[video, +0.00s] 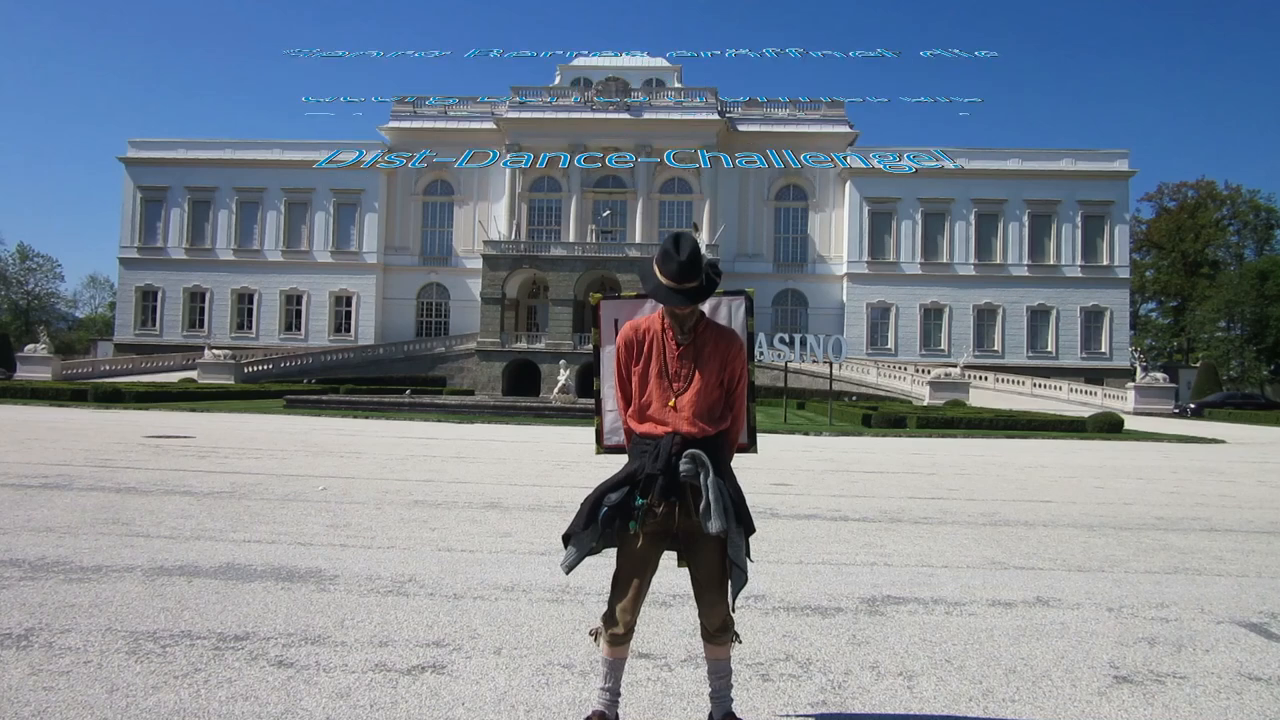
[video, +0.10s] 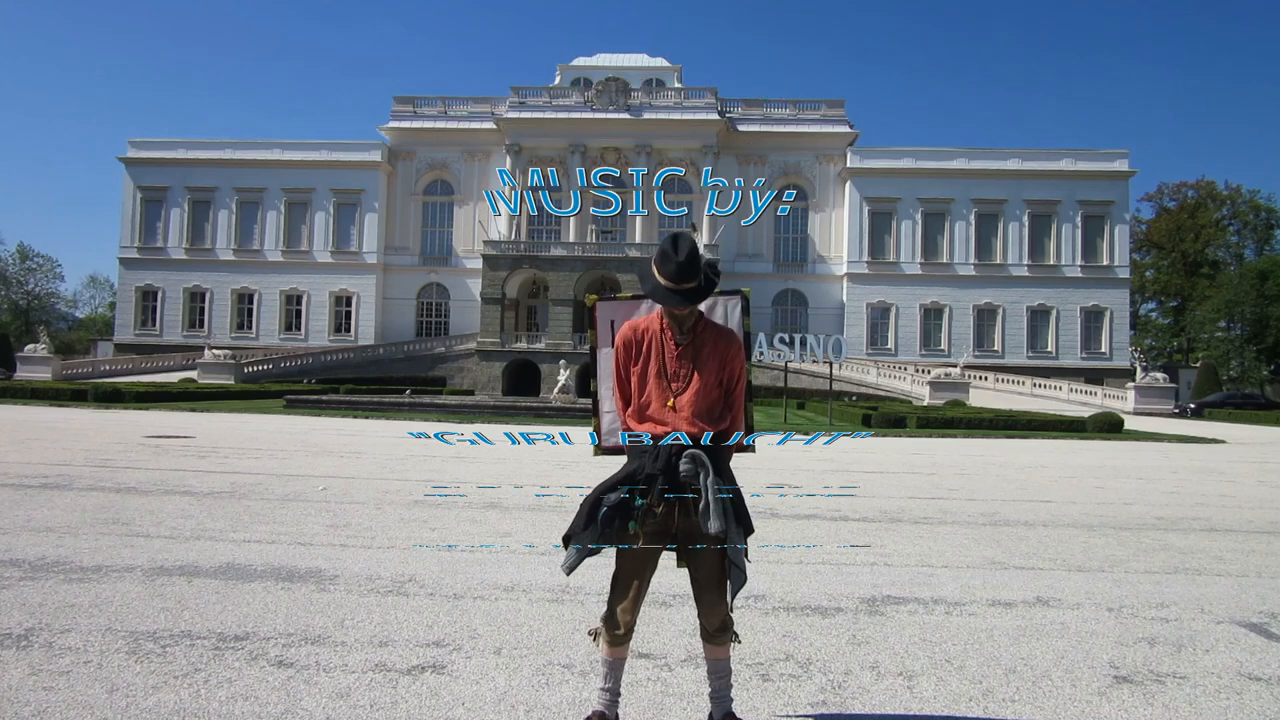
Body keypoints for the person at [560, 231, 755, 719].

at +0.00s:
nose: (681, 309)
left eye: (690, 300)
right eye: (673, 300)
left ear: (704, 292)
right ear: (658, 289)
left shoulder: (729, 344)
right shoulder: (633, 337)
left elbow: (734, 427)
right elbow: (627, 417)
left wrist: (702, 467)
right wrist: (669, 453)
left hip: (706, 486)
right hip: (646, 483)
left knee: (716, 604)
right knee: (625, 600)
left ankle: (722, 706)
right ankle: (607, 700)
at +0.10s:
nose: (680, 310)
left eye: (689, 300)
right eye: (672, 301)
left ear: (702, 293)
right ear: (657, 292)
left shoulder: (728, 344)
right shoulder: (632, 337)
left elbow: (734, 423)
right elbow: (624, 416)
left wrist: (702, 451)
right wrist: (658, 446)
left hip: (705, 487)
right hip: (647, 486)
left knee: (715, 605)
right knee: (624, 601)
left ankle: (722, 706)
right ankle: (607, 701)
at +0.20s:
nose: (680, 310)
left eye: (689, 301)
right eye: (671, 301)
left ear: (703, 293)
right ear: (657, 291)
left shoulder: (727, 344)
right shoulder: (632, 337)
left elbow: (734, 424)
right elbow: (624, 416)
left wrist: (701, 450)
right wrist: (661, 441)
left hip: (705, 489)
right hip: (647, 485)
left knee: (714, 602)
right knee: (624, 596)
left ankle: (721, 706)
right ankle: (607, 701)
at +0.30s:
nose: (679, 309)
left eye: (687, 300)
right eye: (670, 301)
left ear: (701, 292)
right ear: (656, 291)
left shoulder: (726, 344)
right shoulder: (631, 337)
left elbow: (734, 420)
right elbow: (623, 415)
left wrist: (711, 458)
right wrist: (658, 443)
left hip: (704, 491)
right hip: (645, 487)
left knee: (714, 604)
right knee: (624, 600)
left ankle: (721, 706)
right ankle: (607, 700)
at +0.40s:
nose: (680, 309)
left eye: (688, 299)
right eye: (670, 300)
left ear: (701, 291)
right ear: (655, 290)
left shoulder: (726, 345)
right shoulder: (629, 337)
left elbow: (733, 426)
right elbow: (622, 416)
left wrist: (702, 449)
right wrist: (659, 440)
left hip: (703, 494)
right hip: (644, 490)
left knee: (713, 607)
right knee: (622, 604)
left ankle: (721, 707)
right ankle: (607, 701)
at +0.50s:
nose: (680, 309)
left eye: (688, 299)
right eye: (670, 300)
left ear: (701, 291)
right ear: (655, 291)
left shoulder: (726, 345)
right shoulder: (629, 337)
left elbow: (733, 426)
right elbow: (622, 416)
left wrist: (702, 448)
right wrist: (659, 439)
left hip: (703, 494)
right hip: (644, 490)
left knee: (713, 607)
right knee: (622, 604)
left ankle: (721, 707)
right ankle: (607, 701)